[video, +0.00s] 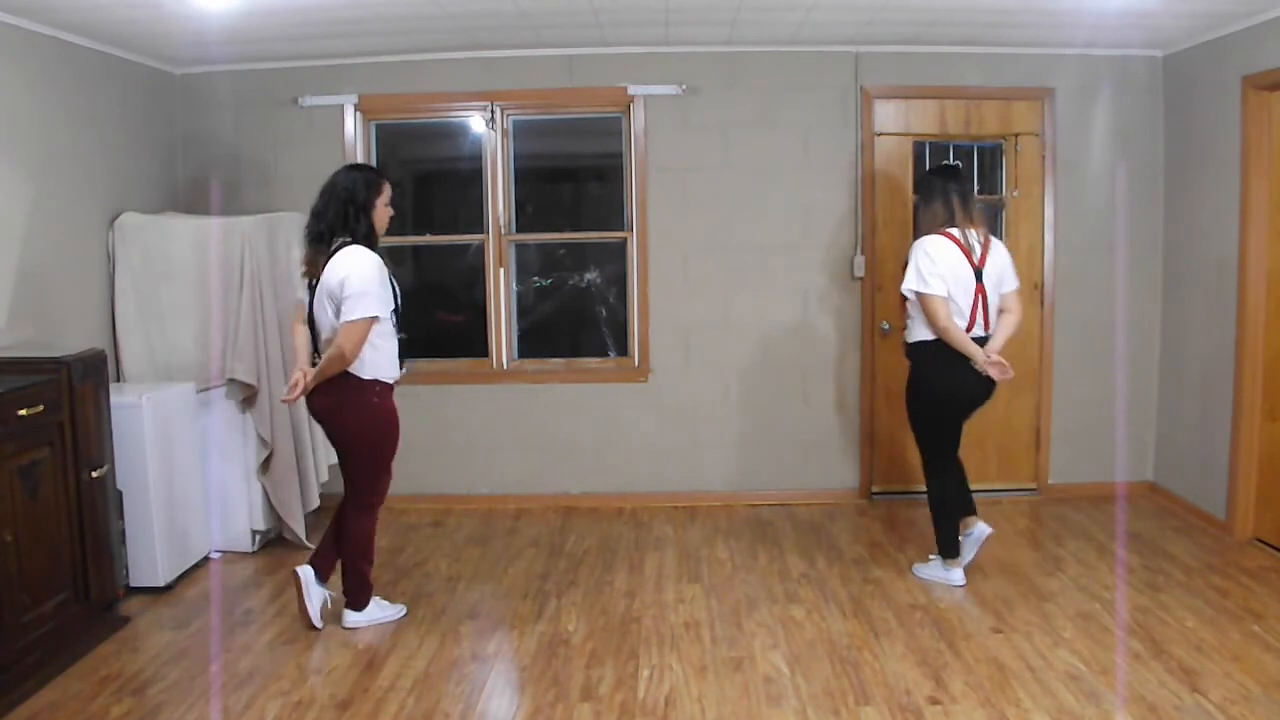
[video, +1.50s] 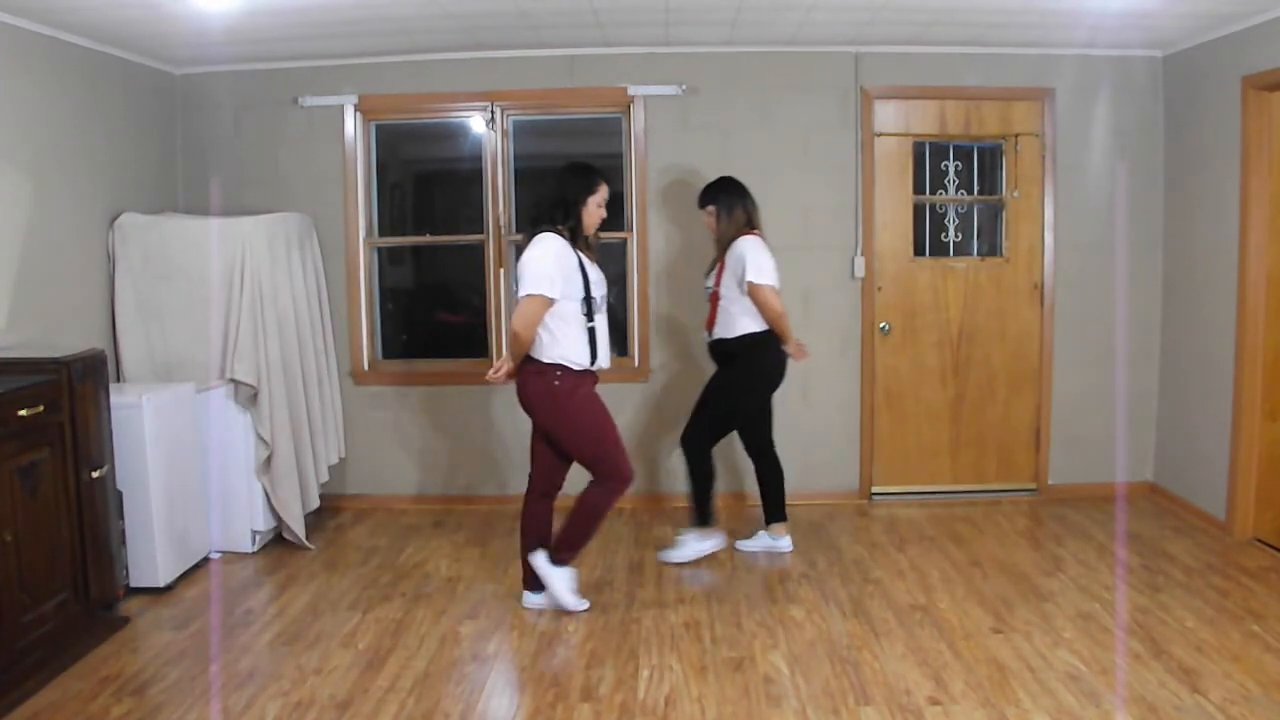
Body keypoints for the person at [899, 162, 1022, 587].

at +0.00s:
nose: (920, 210)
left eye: (922, 204)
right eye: (921, 204)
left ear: (930, 205)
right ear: (967, 202)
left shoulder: (927, 249)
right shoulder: (995, 248)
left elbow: (941, 322)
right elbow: (1012, 311)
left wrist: (980, 357)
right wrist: (990, 351)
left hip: (936, 366)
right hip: (980, 368)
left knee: (938, 458)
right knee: (943, 443)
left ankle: (949, 560)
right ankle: (969, 520)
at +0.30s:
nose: (894, 215)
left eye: (898, 207)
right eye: (894, 207)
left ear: (915, 206)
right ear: (936, 205)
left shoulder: (922, 247)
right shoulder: (950, 245)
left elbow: (943, 313)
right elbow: (969, 307)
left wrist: (974, 348)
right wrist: (972, 345)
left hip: (930, 364)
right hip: (939, 360)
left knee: (926, 457)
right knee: (895, 447)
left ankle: (955, 556)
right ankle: (959, 513)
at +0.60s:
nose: (850, 229)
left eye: (853, 219)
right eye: (849, 220)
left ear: (870, 217)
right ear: (889, 216)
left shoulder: (883, 255)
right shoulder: (905, 253)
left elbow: (906, 313)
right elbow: (928, 309)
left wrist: (939, 349)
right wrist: (938, 350)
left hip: (895, 368)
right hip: (890, 366)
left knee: (921, 465)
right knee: (850, 448)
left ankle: (956, 555)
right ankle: (823, 530)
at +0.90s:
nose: (786, 226)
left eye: (789, 218)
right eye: (785, 218)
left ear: (806, 216)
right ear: (821, 215)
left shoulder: (816, 251)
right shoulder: (826, 249)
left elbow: (834, 306)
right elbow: (856, 303)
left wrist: (862, 341)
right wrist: (863, 338)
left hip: (829, 362)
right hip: (817, 362)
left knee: (838, 462)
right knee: (804, 453)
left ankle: (917, 520)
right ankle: (780, 532)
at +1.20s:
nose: (744, 217)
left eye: (748, 209)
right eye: (743, 209)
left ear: (765, 207)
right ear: (775, 206)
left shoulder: (783, 242)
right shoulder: (772, 245)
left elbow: (801, 293)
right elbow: (795, 295)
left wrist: (825, 335)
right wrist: (824, 335)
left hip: (785, 352)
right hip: (782, 351)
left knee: (739, 439)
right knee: (782, 442)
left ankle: (799, 502)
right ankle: (778, 529)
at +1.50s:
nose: (707, 224)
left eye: (709, 215)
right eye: (705, 216)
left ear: (727, 212)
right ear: (733, 213)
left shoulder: (748, 247)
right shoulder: (734, 250)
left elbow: (764, 295)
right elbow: (756, 299)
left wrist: (787, 339)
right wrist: (783, 338)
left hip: (750, 357)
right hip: (743, 356)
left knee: (695, 439)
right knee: (760, 446)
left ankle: (705, 530)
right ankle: (777, 530)